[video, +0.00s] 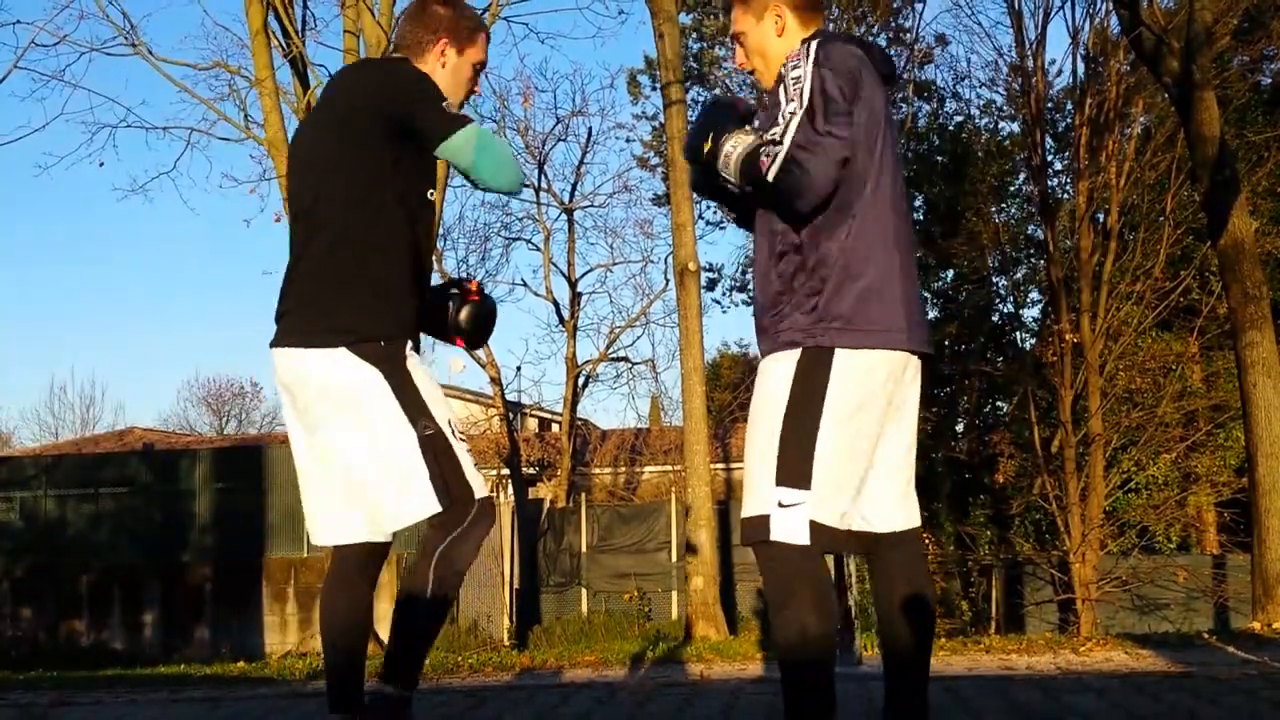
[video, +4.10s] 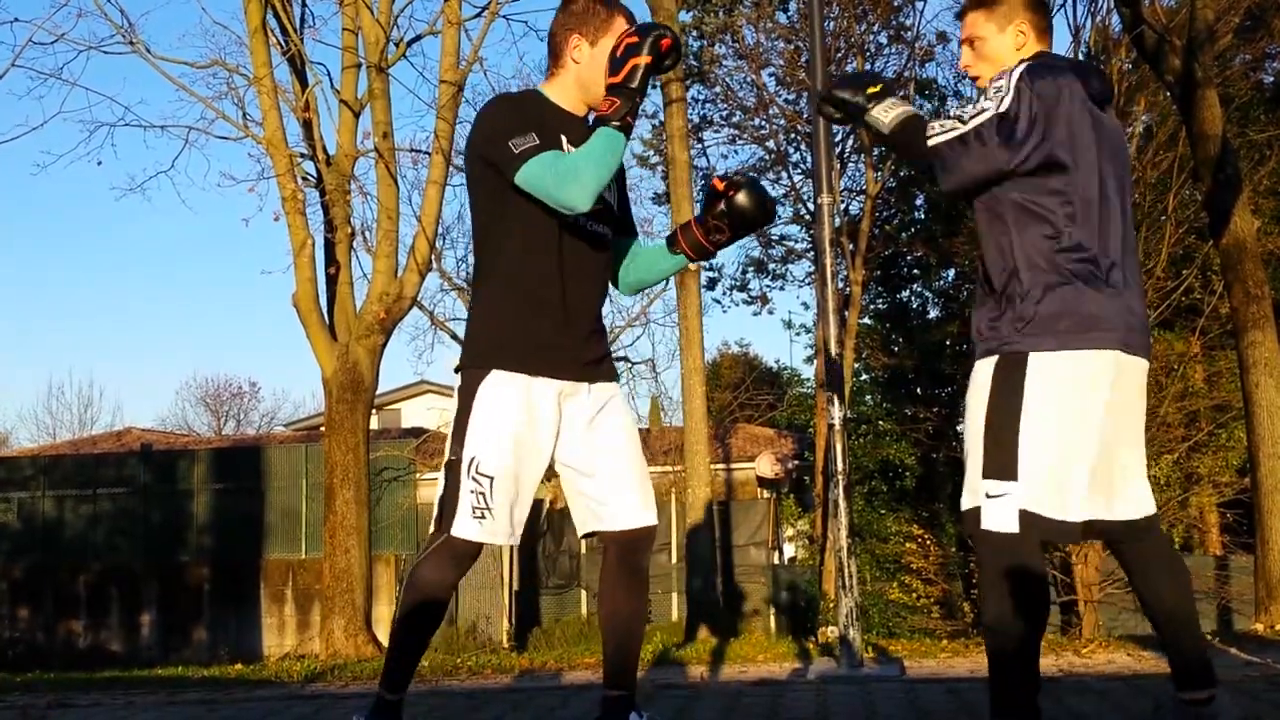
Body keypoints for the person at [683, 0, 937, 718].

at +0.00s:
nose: (735, 58)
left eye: (739, 38)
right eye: (732, 43)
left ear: (778, 17)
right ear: (782, 18)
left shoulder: (825, 61)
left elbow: (803, 182)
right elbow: (774, 214)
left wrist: (731, 143)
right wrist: (718, 157)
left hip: (827, 332)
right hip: (887, 330)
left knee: (778, 528)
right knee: (888, 525)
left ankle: (807, 713)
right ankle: (908, 711)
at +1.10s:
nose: (830, 50)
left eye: (843, 30)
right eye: (815, 37)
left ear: (876, 24)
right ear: (800, 41)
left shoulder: (913, 97)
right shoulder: (814, 118)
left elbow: (903, 209)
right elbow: (802, 245)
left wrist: (794, 158)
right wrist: (751, 174)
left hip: (883, 351)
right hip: (846, 354)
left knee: (845, 543)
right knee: (910, 539)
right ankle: (981, 704)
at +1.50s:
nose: (910, 39)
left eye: (924, 22)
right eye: (897, 28)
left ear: (960, 17)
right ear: (888, 33)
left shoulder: (990, 77)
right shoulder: (923, 112)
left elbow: (991, 185)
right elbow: (893, 225)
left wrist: (884, 157)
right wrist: (838, 173)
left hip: (971, 334)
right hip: (932, 338)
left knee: (944, 518)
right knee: (965, 524)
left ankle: (1088, 695)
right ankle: (988, 707)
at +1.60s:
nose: (918, 40)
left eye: (930, 21)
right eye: (905, 28)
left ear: (972, 15)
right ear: (897, 33)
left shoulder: (1002, 78)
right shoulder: (937, 114)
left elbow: (990, 194)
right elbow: (920, 224)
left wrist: (890, 163)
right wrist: (871, 184)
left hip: (999, 340)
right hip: (937, 350)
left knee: (1030, 531)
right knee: (965, 543)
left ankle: (1118, 708)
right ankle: (989, 709)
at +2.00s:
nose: (944, 43)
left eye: (953, 24)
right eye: (941, 28)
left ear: (1006, 11)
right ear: (994, 17)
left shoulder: (1058, 66)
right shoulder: (1015, 93)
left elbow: (1014, 186)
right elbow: (977, 212)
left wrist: (939, 126)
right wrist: (922, 140)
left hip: (1061, 336)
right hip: (1011, 343)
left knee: (1086, 526)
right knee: (1032, 527)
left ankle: (1131, 706)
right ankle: (1109, 692)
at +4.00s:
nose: (985, 70)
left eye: (994, 53)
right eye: (982, 57)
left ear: (1044, 46)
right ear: (1038, 53)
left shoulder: (1076, 95)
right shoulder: (1086, 107)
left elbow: (1039, 189)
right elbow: (1027, 216)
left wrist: (957, 146)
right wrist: (965, 174)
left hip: (1055, 340)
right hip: (1107, 339)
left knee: (997, 517)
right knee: (1133, 517)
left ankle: (1013, 709)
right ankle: (1207, 694)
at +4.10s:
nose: (961, 58)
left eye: (971, 40)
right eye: (960, 44)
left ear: (1022, 33)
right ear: (1034, 38)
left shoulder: (1031, 91)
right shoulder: (1098, 106)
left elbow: (947, 159)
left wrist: (884, 112)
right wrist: (899, 119)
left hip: (1039, 335)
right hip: (1116, 331)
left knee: (1002, 522)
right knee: (1124, 508)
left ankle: (1013, 710)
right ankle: (1198, 686)